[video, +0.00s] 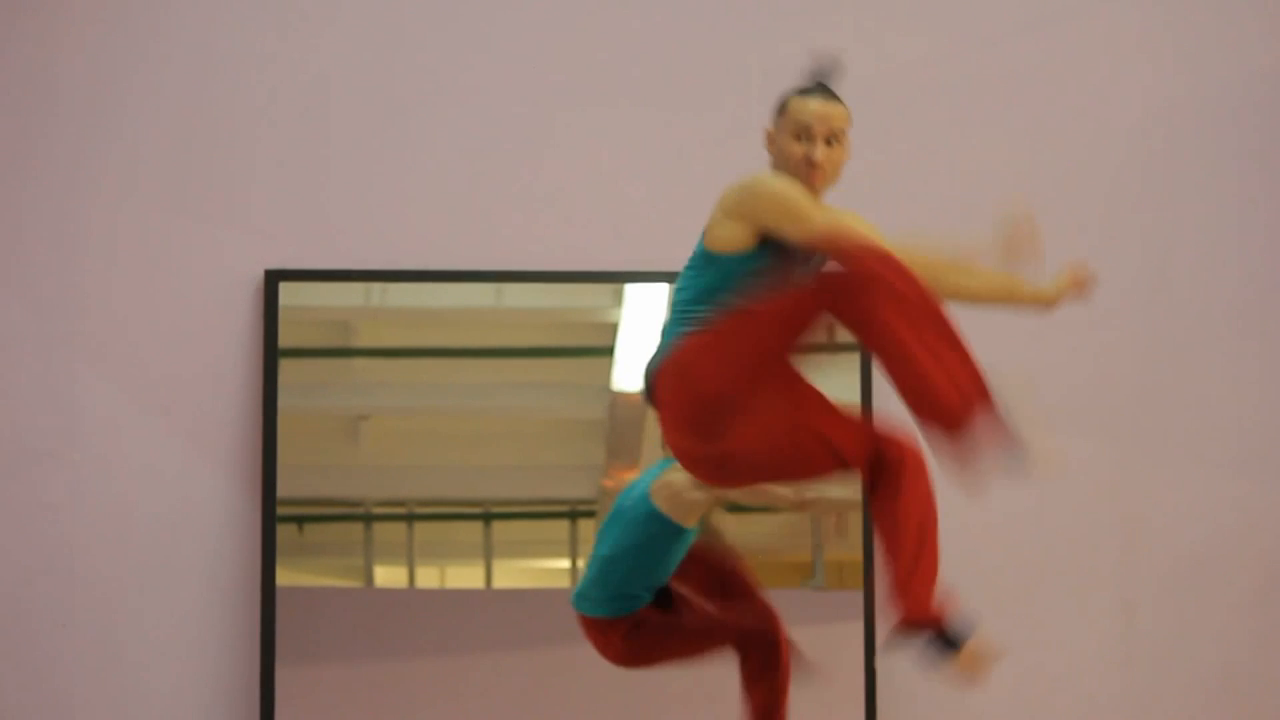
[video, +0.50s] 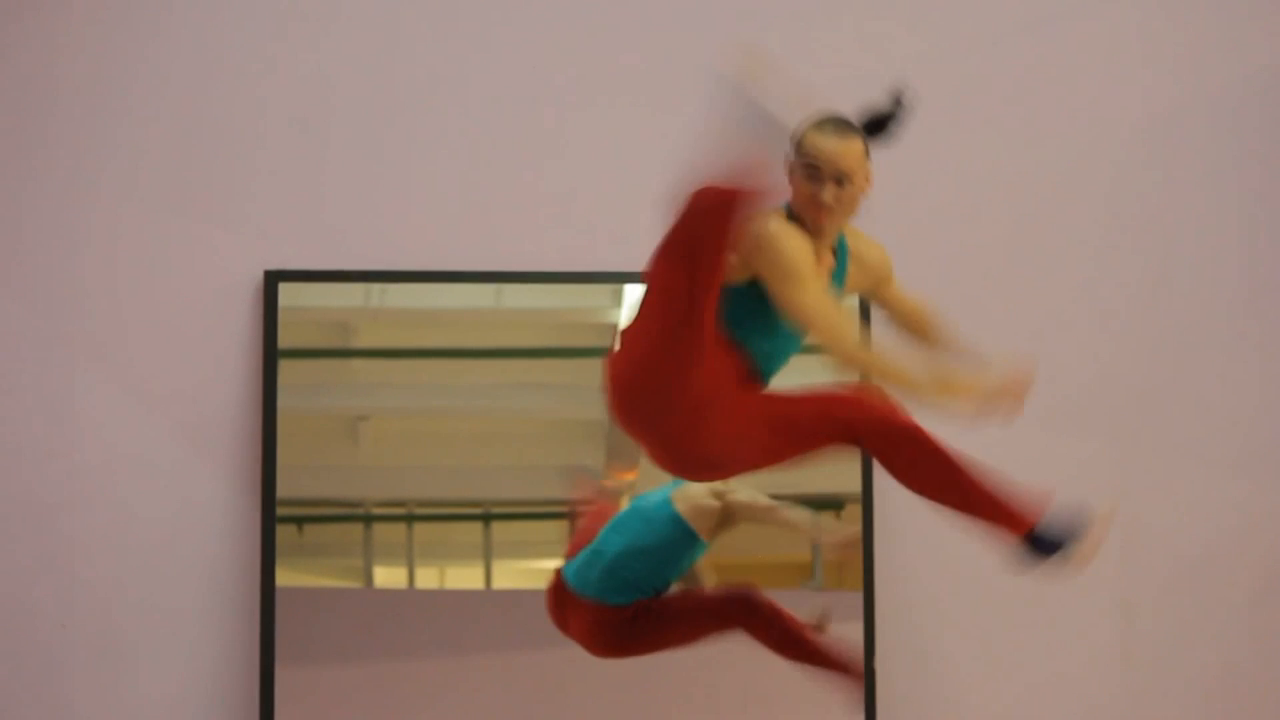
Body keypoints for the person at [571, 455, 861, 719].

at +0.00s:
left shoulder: (667, 473)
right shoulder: (689, 484)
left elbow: (722, 561)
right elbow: (790, 498)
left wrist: (774, 633)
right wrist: (866, 497)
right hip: (621, 630)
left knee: (724, 574)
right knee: (758, 627)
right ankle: (766, 709)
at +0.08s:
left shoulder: (666, 474)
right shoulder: (689, 483)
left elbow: (724, 561)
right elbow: (790, 498)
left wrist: (773, 633)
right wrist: (866, 498)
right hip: (621, 630)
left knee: (723, 574)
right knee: (758, 627)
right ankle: (766, 710)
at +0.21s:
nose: (743, 468)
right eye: (740, 459)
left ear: (698, 450)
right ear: (725, 459)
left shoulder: (666, 480)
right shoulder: (711, 490)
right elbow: (791, 508)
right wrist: (863, 513)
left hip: (578, 604)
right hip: (614, 630)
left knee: (699, 571)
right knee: (749, 599)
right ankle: (806, 707)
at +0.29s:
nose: (745, 467)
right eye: (741, 459)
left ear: (699, 449)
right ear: (726, 458)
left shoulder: (667, 479)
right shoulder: (711, 489)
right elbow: (792, 507)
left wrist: (723, 593)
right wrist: (863, 513)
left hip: (578, 604)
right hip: (614, 630)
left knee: (700, 571)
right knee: (750, 599)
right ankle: (805, 706)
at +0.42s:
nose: (742, 504)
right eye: (740, 498)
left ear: (700, 470)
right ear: (727, 481)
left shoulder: (662, 499)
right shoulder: (712, 499)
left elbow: (702, 593)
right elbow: (774, 510)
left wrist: (786, 624)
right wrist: (831, 533)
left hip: (563, 596)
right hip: (604, 628)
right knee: (744, 603)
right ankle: (854, 672)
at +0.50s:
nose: (744, 510)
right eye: (742, 505)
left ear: (700, 469)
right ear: (729, 486)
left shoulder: (663, 499)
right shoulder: (711, 499)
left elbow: (701, 592)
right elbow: (774, 510)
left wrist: (786, 625)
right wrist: (831, 532)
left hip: (564, 595)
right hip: (604, 628)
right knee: (744, 603)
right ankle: (855, 672)